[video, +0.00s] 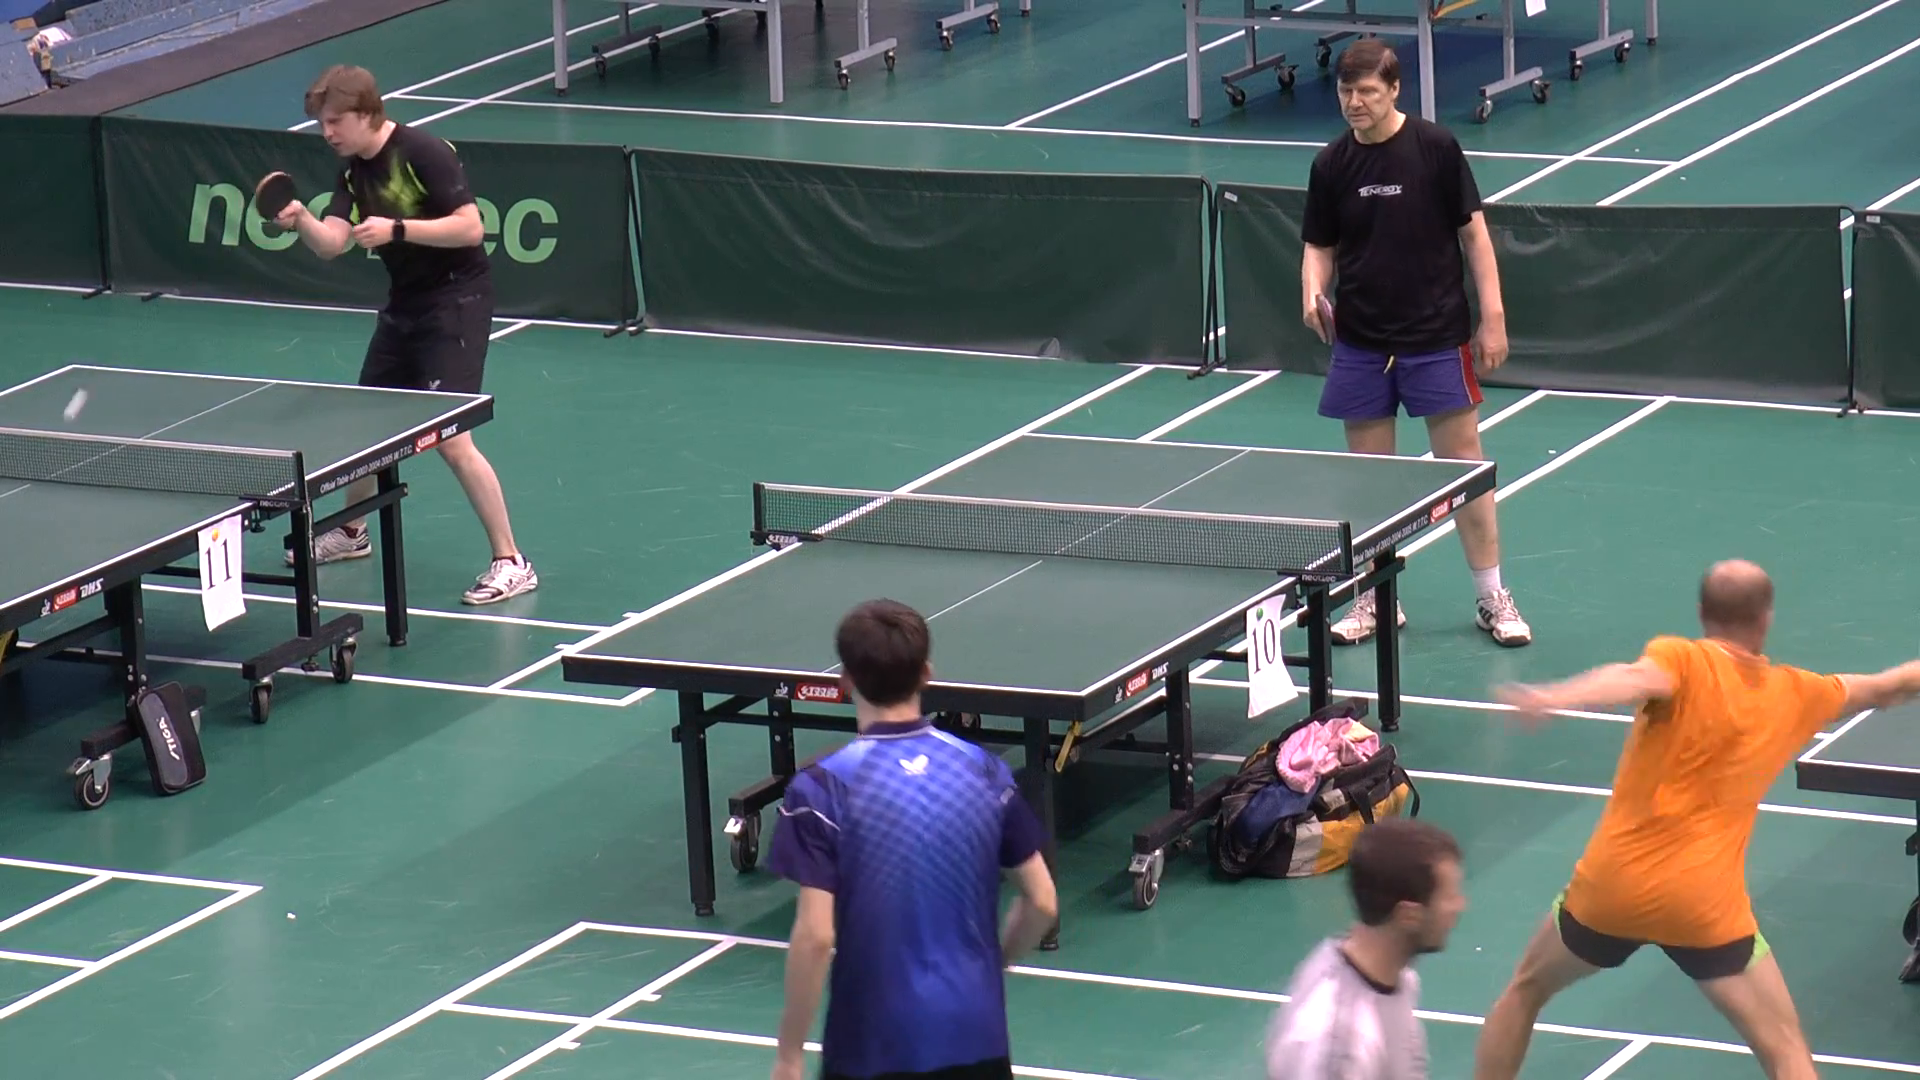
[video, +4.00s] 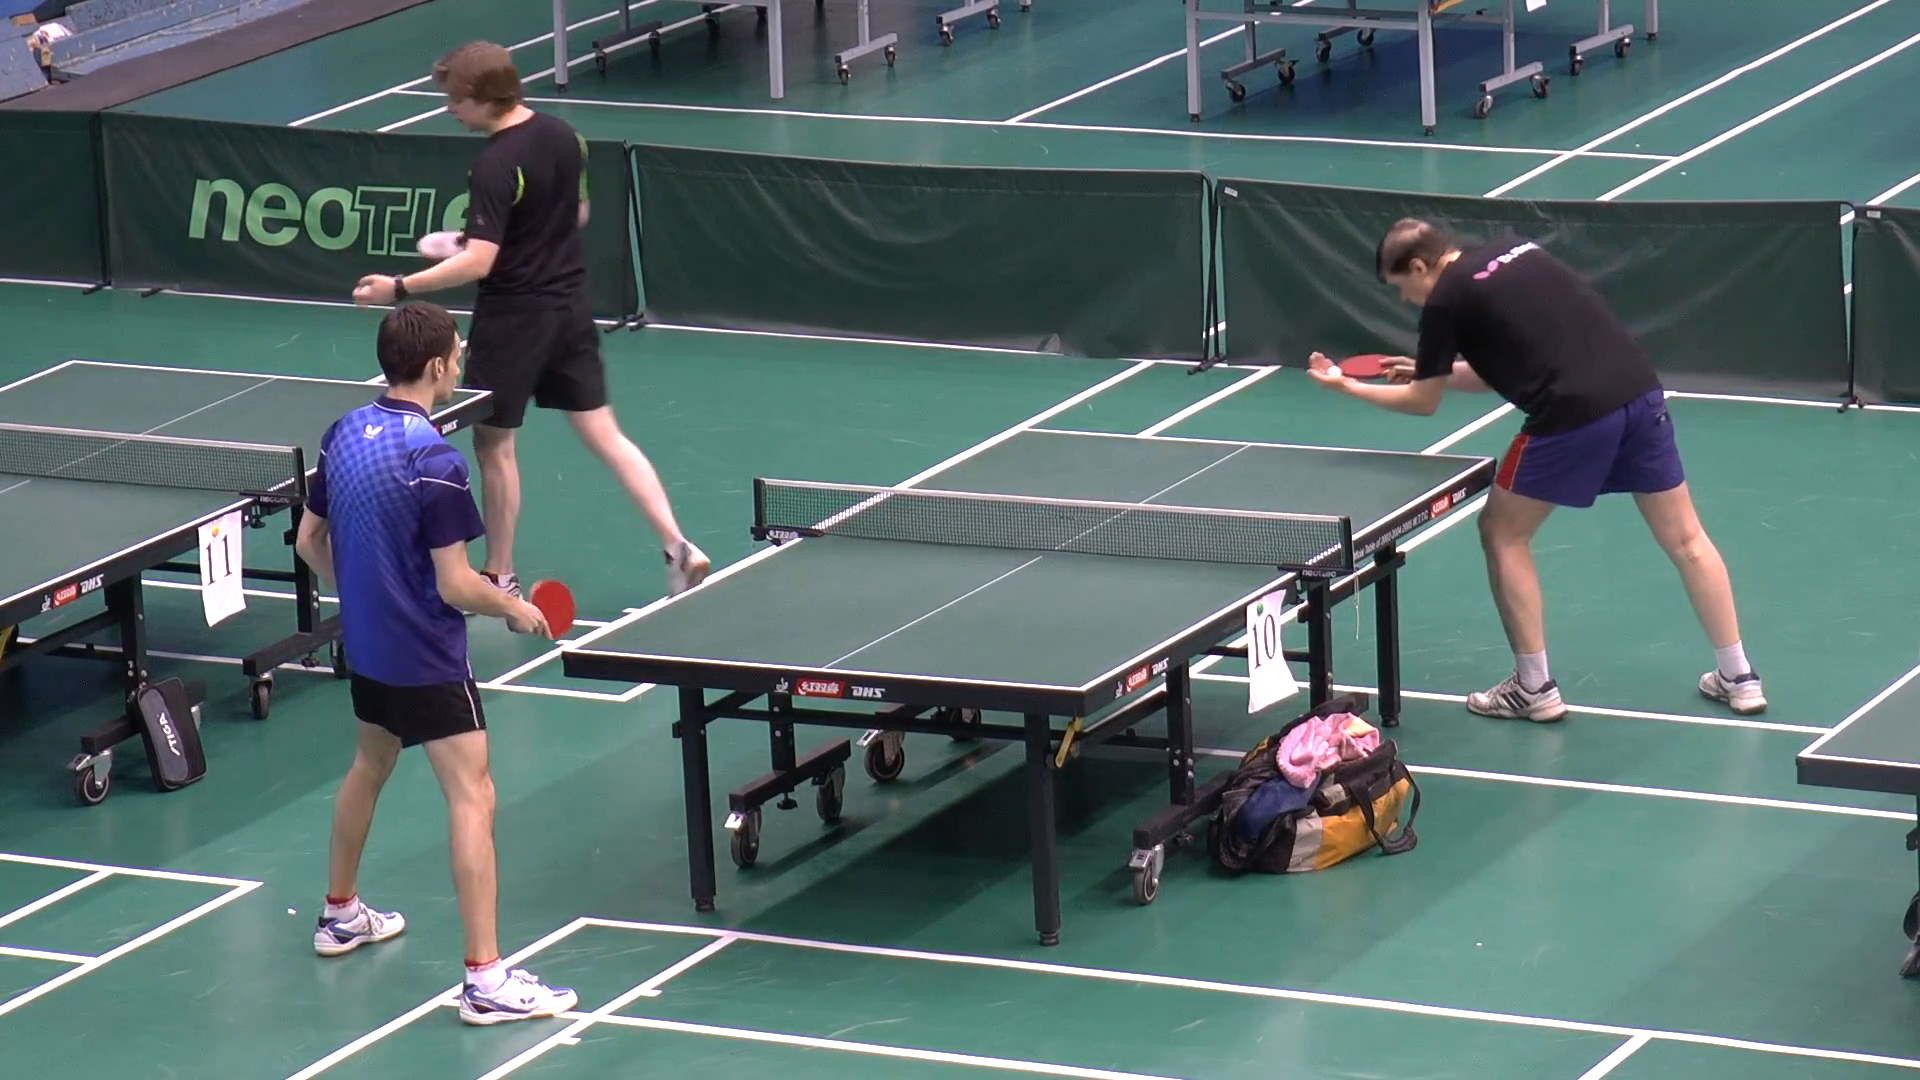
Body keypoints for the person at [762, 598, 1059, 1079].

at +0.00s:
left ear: (846, 680)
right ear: (927, 673)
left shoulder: (824, 785)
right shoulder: (983, 768)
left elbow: (817, 935)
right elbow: (1042, 902)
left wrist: (789, 1054)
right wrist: (991, 966)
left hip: (876, 1045)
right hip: (975, 1039)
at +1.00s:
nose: (663, 539)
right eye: (661, 531)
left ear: (584, 546)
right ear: (659, 542)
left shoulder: (548, 641)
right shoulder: (702, 638)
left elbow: (520, 772)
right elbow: (773, 724)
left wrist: (571, 757)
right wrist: (757, 666)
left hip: (589, 876)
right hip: (678, 871)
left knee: (579, 1023)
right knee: (664, 1011)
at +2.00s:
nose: (577, 432)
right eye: (580, 423)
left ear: (511, 427)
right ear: (580, 430)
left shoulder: (465, 516)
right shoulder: (612, 523)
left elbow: (422, 633)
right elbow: (648, 656)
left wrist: (418, 669)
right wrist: (650, 752)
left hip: (505, 740)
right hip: (589, 735)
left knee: (518, 894)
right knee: (598, 861)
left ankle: (558, 1052)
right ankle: (587, 1000)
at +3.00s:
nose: (496, 352)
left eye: (492, 341)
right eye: (493, 344)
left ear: (426, 353)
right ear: (477, 354)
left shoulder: (384, 424)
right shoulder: (486, 448)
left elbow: (360, 541)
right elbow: (494, 576)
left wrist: (408, 586)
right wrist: (536, 631)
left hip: (413, 648)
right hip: (482, 652)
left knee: (433, 779)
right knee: (510, 787)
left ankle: (438, 950)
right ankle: (487, 961)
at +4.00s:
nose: (460, 362)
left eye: (457, 353)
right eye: (457, 354)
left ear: (390, 365)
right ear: (437, 365)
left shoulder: (344, 430)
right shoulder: (435, 456)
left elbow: (310, 538)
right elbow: (455, 583)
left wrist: (362, 591)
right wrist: (513, 606)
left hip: (365, 646)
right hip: (425, 655)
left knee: (369, 765)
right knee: (473, 797)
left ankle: (339, 910)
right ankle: (486, 974)